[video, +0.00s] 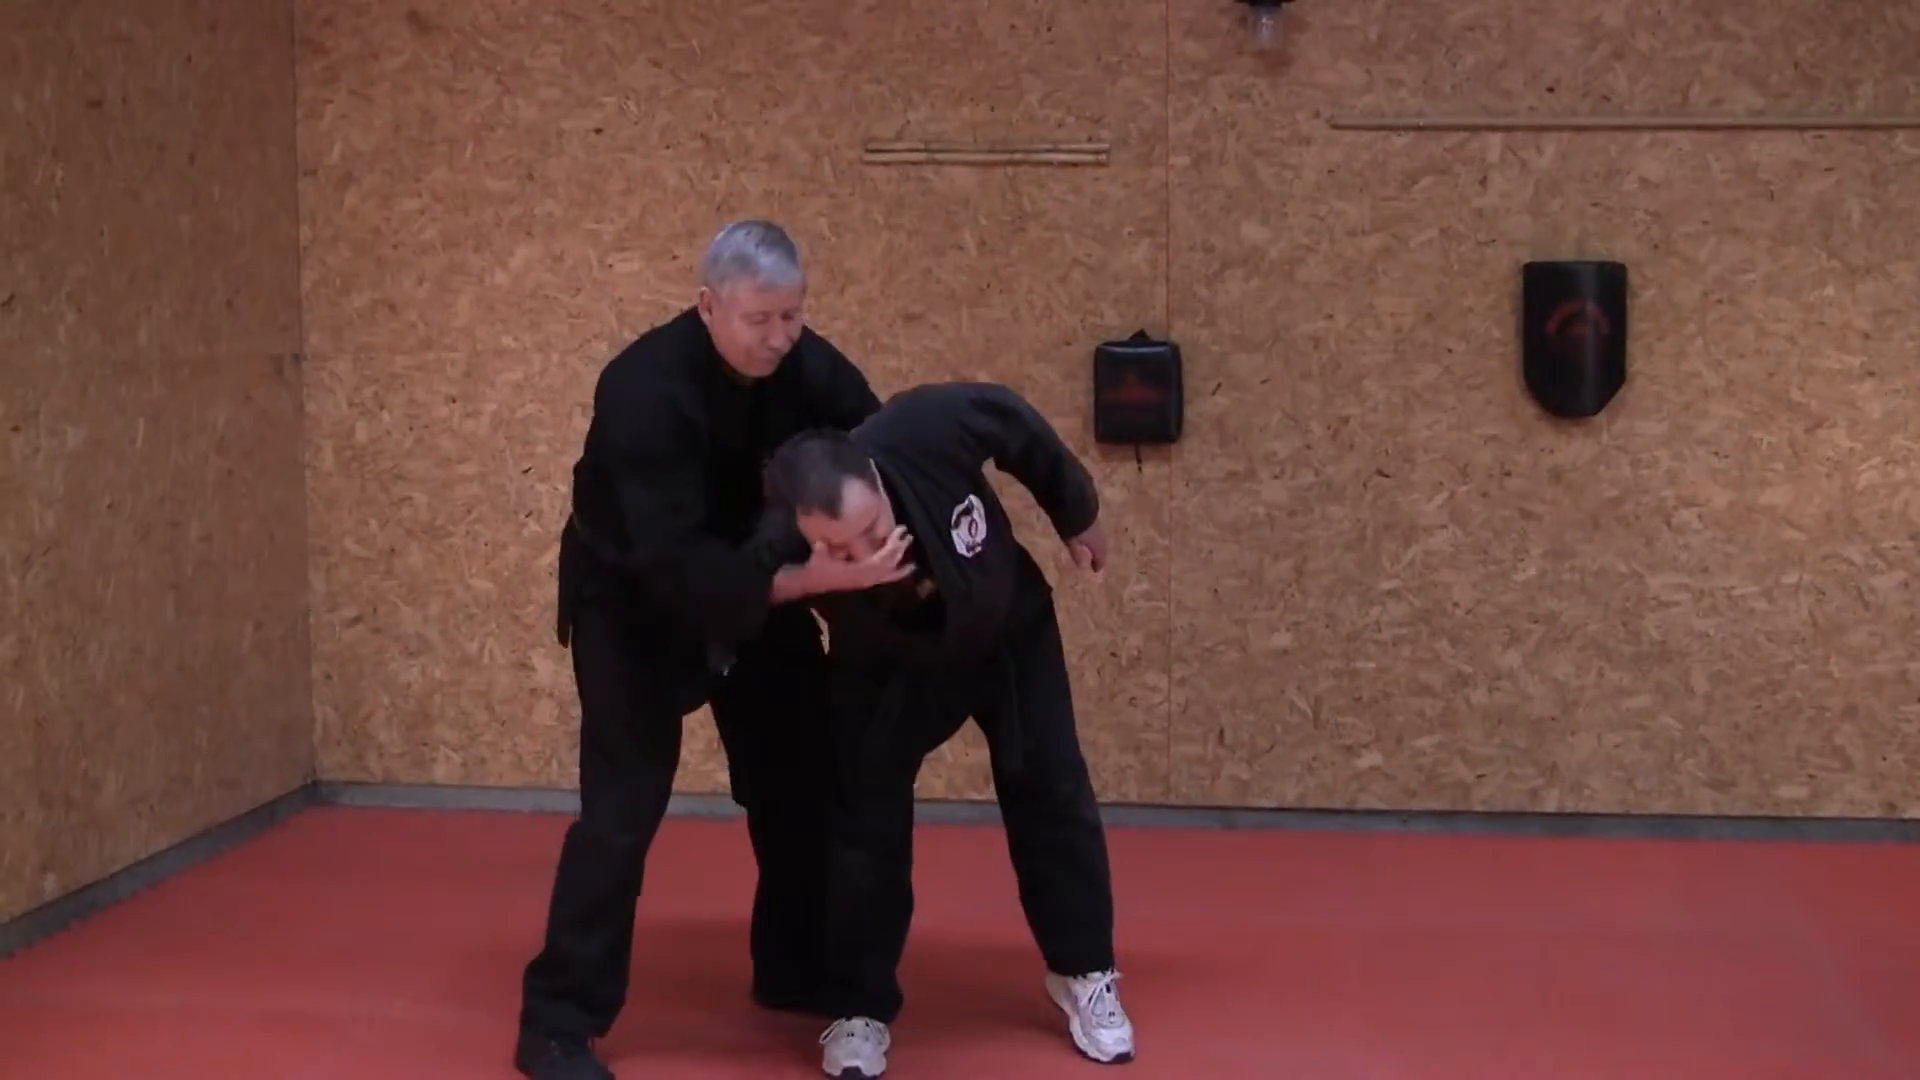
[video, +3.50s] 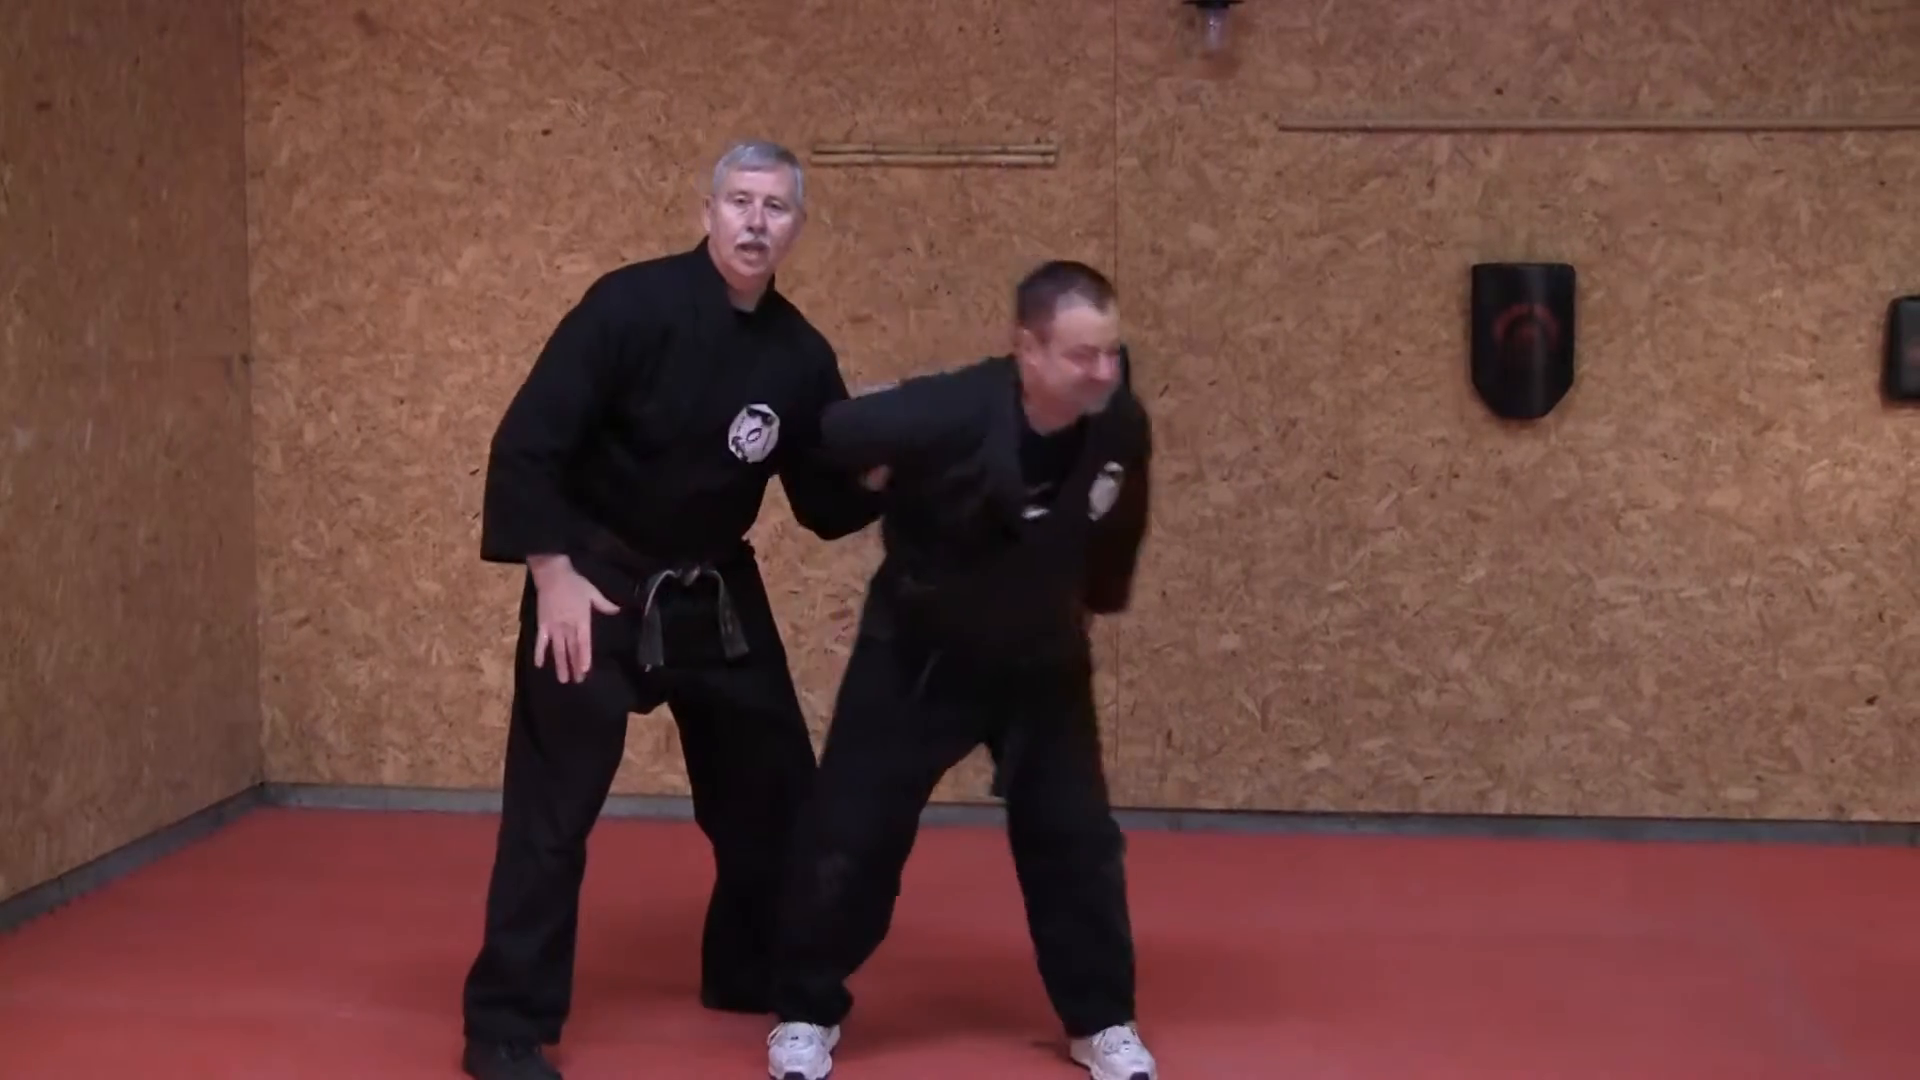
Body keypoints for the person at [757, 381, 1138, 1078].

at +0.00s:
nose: (866, 559)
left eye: (875, 534)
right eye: (837, 550)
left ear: (880, 484)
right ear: (801, 533)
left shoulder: (922, 434)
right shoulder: (781, 548)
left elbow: (1006, 416)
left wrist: (1075, 513)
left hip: (1001, 623)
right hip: (883, 655)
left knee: (1050, 789)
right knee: (866, 818)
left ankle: (1085, 972)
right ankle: (861, 1011)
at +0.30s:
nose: (852, 451)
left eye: (855, 429)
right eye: (823, 447)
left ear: (871, 416)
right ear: (787, 466)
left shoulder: (936, 415)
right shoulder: (788, 521)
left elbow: (1016, 415)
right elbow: (754, 566)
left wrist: (1078, 507)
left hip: (1003, 624)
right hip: (883, 647)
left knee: (1051, 792)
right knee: (863, 817)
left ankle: (1081, 972)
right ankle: (857, 1010)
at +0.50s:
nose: (839, 375)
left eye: (842, 357)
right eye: (811, 376)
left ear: (865, 363)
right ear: (785, 413)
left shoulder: (940, 388)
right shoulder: (796, 497)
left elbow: (1024, 420)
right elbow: (753, 543)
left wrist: (1085, 494)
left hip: (1006, 622)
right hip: (888, 652)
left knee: (1053, 799)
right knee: (868, 822)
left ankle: (1079, 977)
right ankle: (851, 1011)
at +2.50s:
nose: (888, 268)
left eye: (882, 252)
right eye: (860, 262)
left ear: (895, 269)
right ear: (812, 303)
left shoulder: (940, 346)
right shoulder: (798, 414)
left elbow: (989, 431)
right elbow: (722, 501)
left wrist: (1014, 519)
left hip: (944, 629)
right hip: (829, 641)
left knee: (1005, 808)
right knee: (819, 830)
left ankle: (1038, 981)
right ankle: (810, 1013)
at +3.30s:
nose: (1002, 319)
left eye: (999, 302)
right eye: (981, 310)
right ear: (919, 330)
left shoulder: (1013, 375)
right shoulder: (863, 419)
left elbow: (1025, 460)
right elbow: (759, 454)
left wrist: (1021, 541)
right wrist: (772, 434)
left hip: (973, 634)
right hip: (861, 645)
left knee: (1037, 812)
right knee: (835, 829)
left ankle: (1074, 989)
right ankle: (807, 1015)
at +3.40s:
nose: (1053, 344)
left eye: (1052, 327)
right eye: (1031, 332)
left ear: (1055, 325)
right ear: (970, 340)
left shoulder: (1063, 408)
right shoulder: (903, 417)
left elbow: (1056, 537)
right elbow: (793, 445)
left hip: (997, 651)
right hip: (882, 655)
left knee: (1046, 830)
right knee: (839, 833)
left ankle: (1092, 1011)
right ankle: (807, 1015)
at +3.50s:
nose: (1104, 372)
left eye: (1113, 352)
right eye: (1082, 354)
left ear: (1121, 347)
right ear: (1025, 349)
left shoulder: (1119, 426)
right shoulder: (952, 413)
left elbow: (1119, 518)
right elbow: (827, 437)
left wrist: (1102, 590)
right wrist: (878, 489)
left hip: (1040, 652)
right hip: (918, 652)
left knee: (1077, 838)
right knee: (854, 828)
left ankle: (1101, 1018)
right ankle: (807, 1013)